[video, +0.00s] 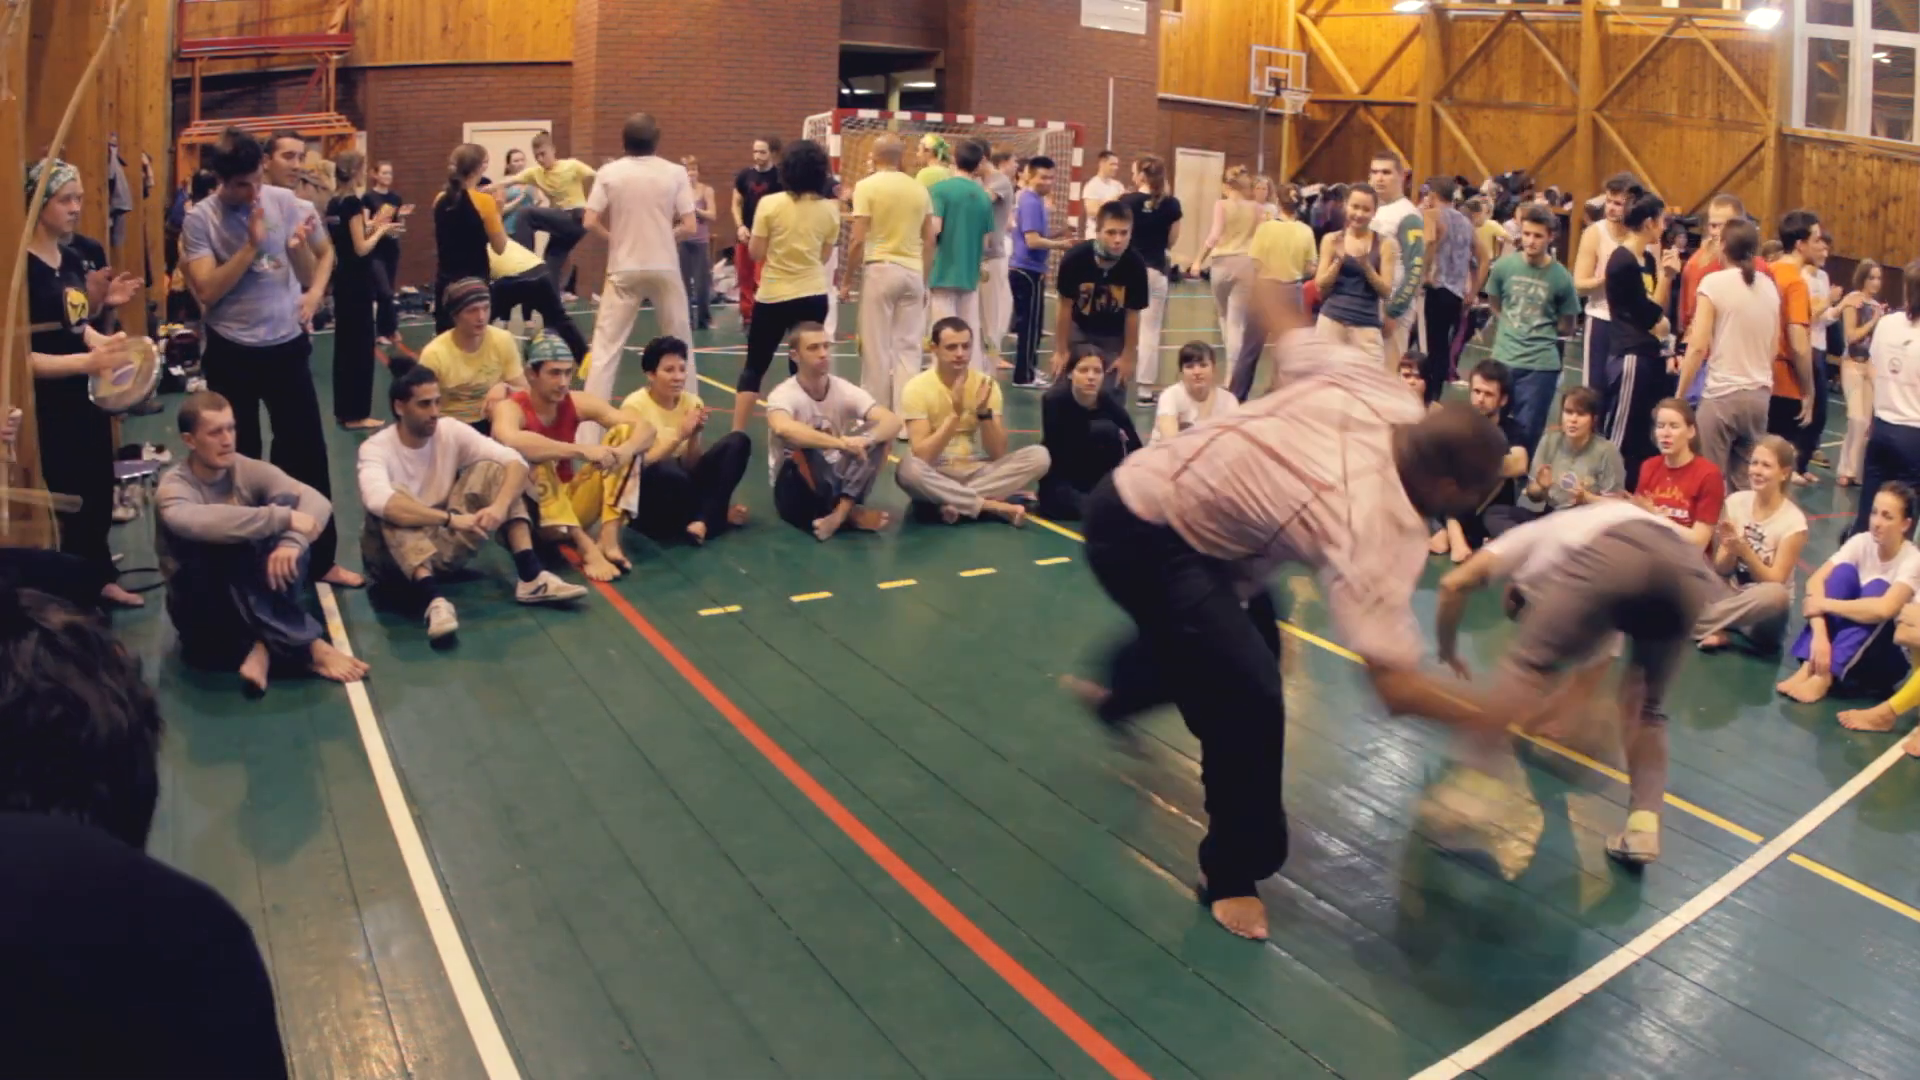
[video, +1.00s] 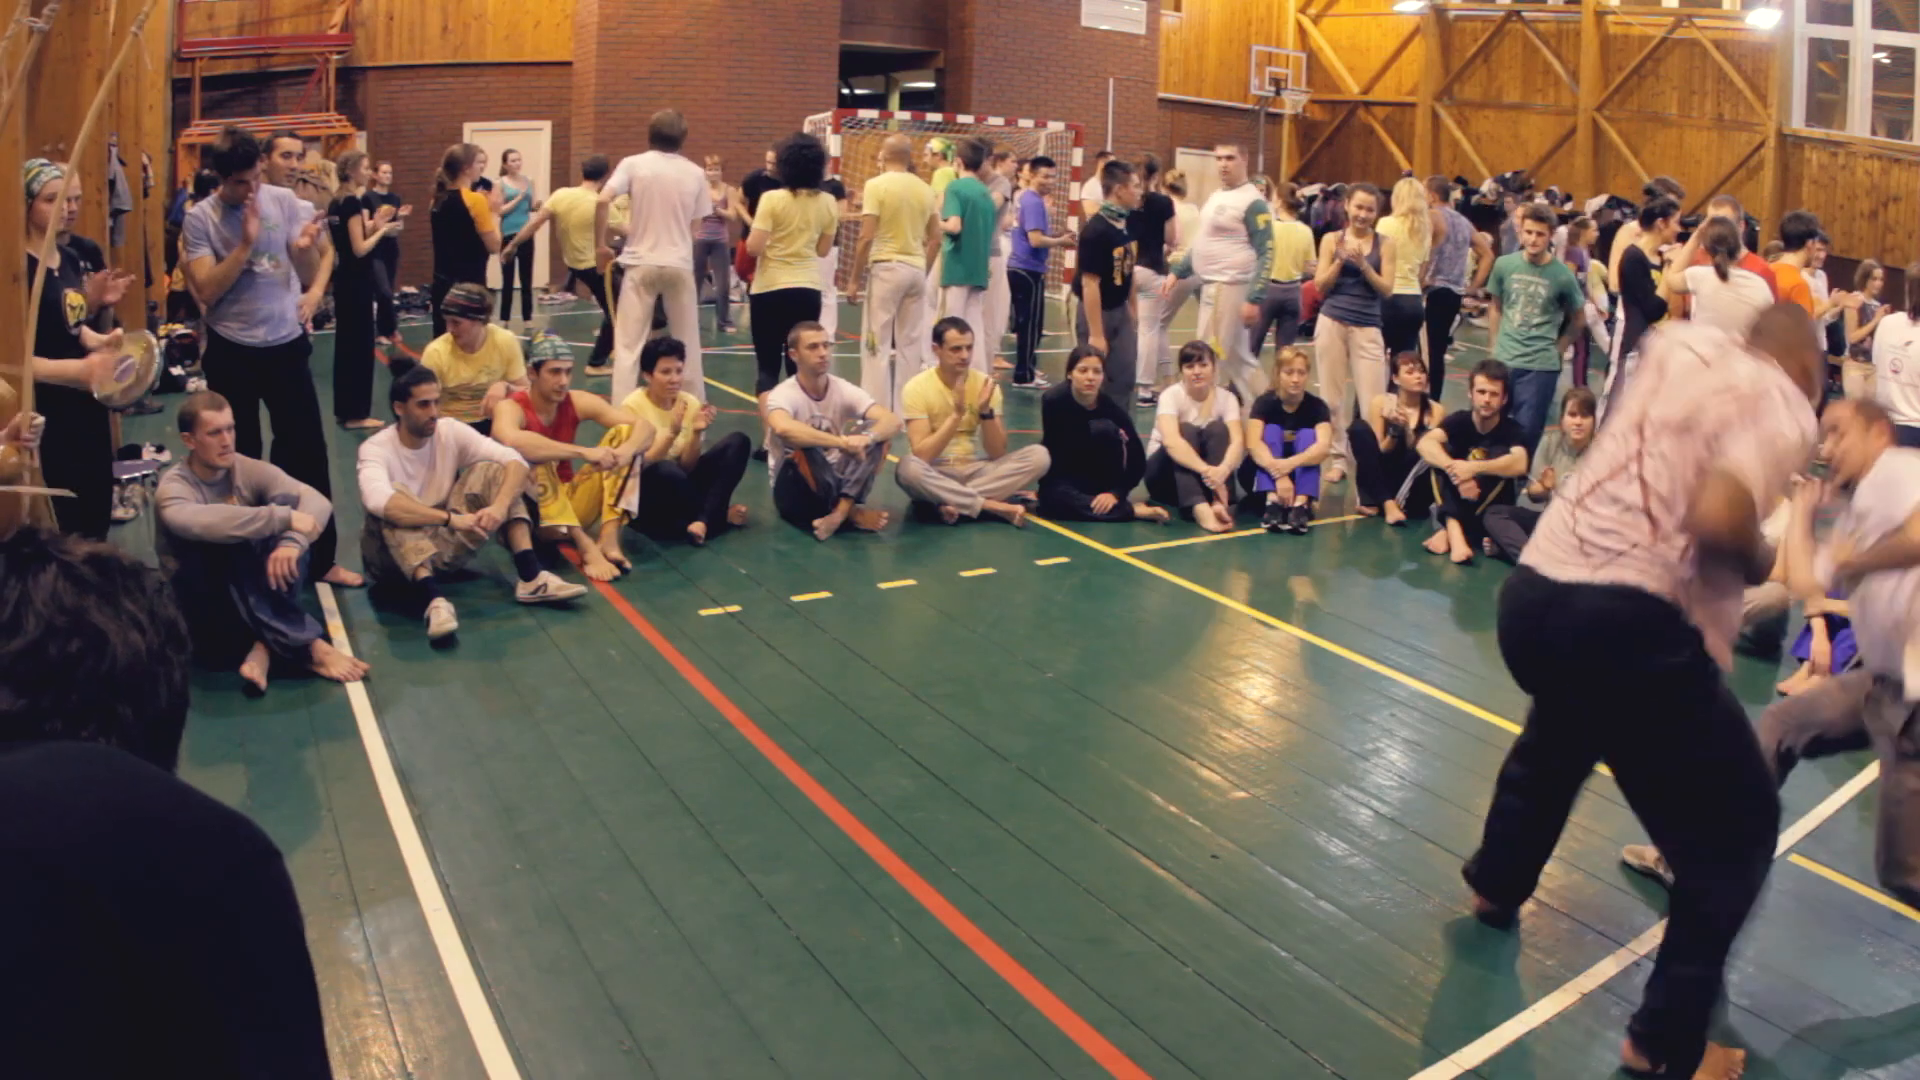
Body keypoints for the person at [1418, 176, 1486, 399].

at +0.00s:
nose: (1427, 198)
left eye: (1429, 194)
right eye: (1429, 194)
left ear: (1434, 195)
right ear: (1451, 196)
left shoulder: (1432, 215)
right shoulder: (1465, 221)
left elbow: (1431, 241)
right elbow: (1483, 257)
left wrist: (1425, 272)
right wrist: (1475, 290)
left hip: (1436, 287)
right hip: (1457, 290)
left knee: (1434, 344)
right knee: (1443, 344)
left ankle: (1430, 394)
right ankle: (1434, 394)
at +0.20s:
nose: (1425, 197)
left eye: (1426, 194)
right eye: (1426, 193)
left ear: (1432, 196)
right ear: (1450, 197)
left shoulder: (1428, 216)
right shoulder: (1463, 220)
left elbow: (1433, 242)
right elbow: (1492, 246)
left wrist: (1426, 270)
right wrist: (1478, 279)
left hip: (1434, 290)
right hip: (1455, 291)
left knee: (1430, 351)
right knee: (1438, 351)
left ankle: (1428, 400)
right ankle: (1432, 399)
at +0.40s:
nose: (1423, 197)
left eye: (1425, 193)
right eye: (1424, 192)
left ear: (1434, 195)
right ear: (1448, 196)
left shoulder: (1428, 215)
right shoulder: (1462, 220)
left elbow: (1429, 245)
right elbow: (1489, 252)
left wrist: (1422, 276)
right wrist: (1476, 283)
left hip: (1437, 289)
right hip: (1459, 291)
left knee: (1433, 347)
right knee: (1440, 347)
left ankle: (1429, 394)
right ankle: (1433, 393)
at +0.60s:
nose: (1422, 197)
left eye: (1424, 193)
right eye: (1422, 193)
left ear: (1434, 195)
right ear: (1448, 196)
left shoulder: (1428, 216)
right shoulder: (1464, 221)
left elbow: (1426, 245)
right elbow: (1488, 254)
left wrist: (1422, 277)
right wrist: (1475, 285)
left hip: (1434, 289)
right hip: (1458, 291)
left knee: (1430, 349)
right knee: (1446, 348)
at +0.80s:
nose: (1421, 196)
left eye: (1424, 192)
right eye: (1422, 191)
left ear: (1433, 197)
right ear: (1447, 196)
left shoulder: (1431, 216)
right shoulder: (1463, 221)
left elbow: (1425, 249)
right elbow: (1488, 254)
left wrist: (1419, 280)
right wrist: (1474, 287)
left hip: (1437, 291)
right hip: (1457, 293)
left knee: (1435, 348)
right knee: (1443, 348)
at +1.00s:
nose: (1424, 198)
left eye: (1426, 194)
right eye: (1425, 193)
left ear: (1433, 195)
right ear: (1448, 196)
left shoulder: (1433, 216)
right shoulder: (1463, 221)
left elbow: (1429, 249)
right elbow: (1487, 254)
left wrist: (1420, 279)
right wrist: (1475, 285)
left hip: (1435, 289)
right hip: (1455, 291)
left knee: (1435, 348)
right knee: (1437, 349)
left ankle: (1433, 396)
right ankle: (1434, 396)